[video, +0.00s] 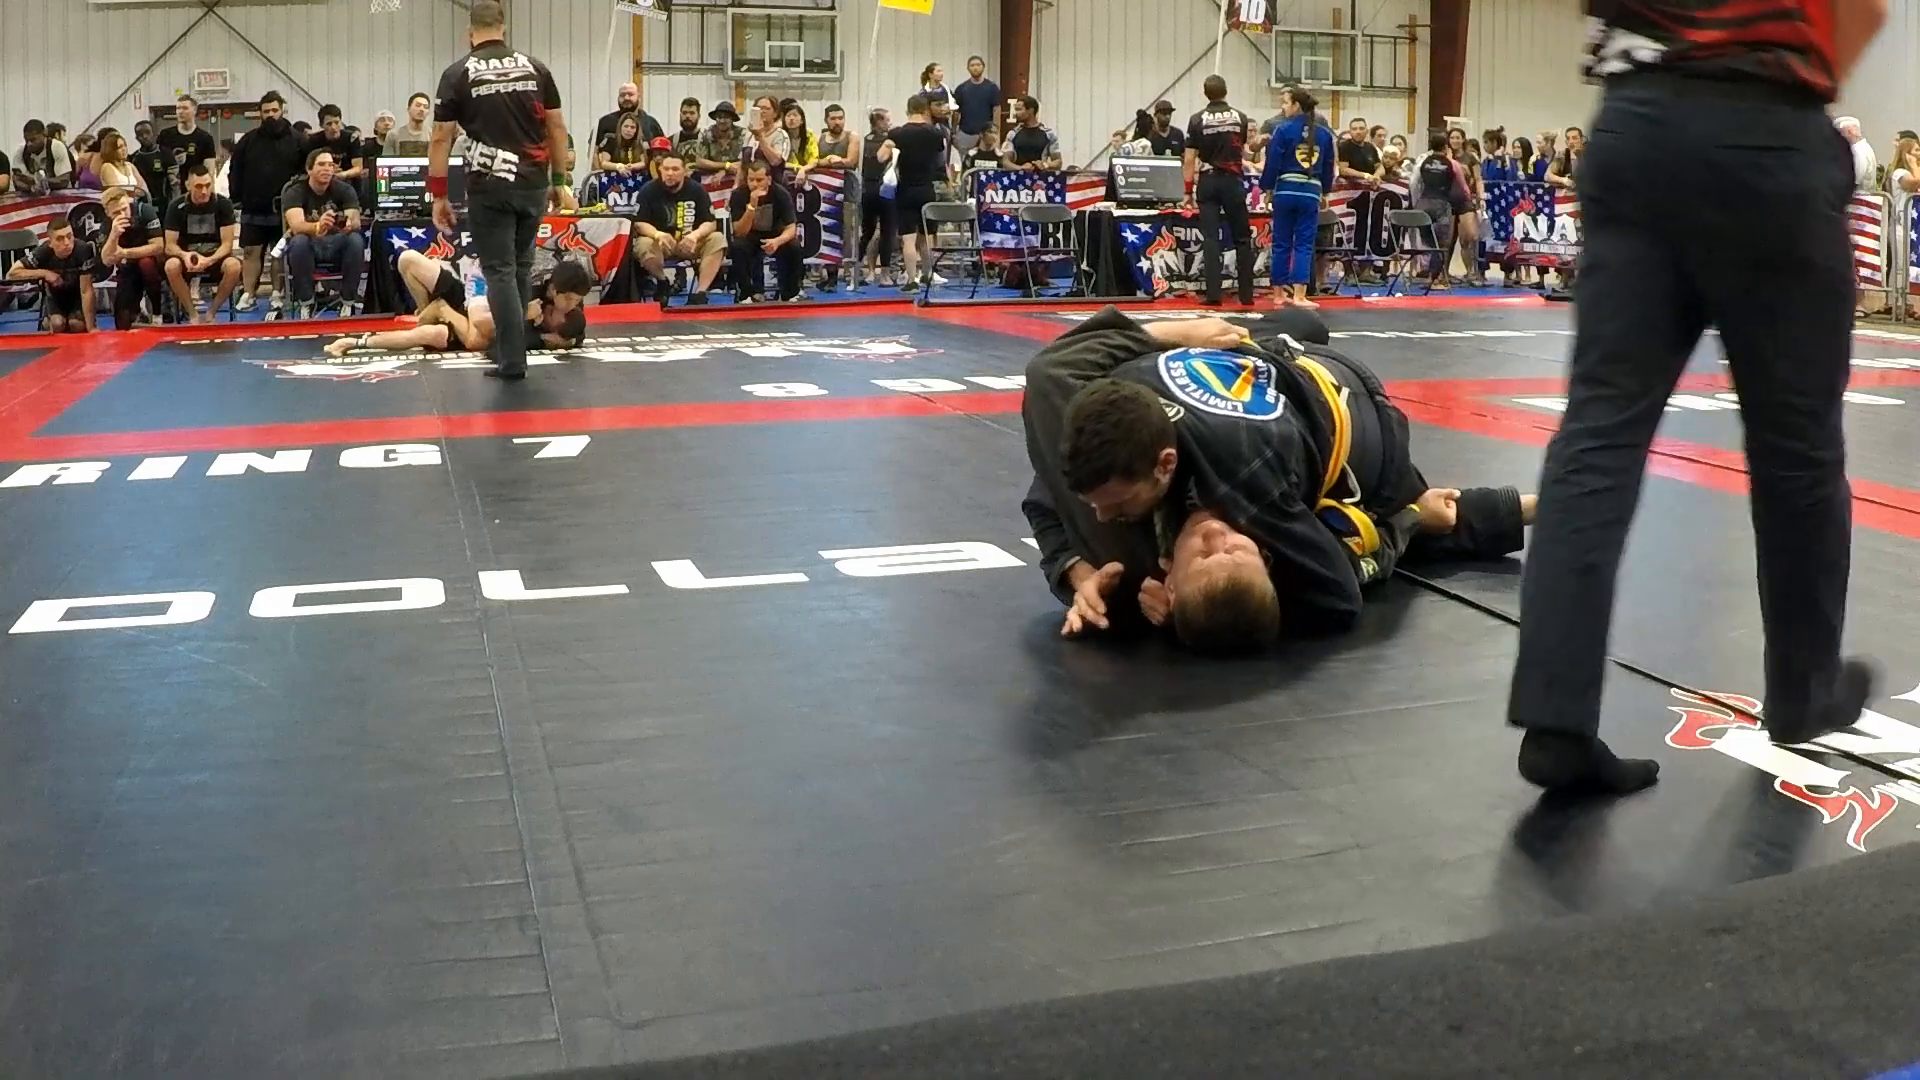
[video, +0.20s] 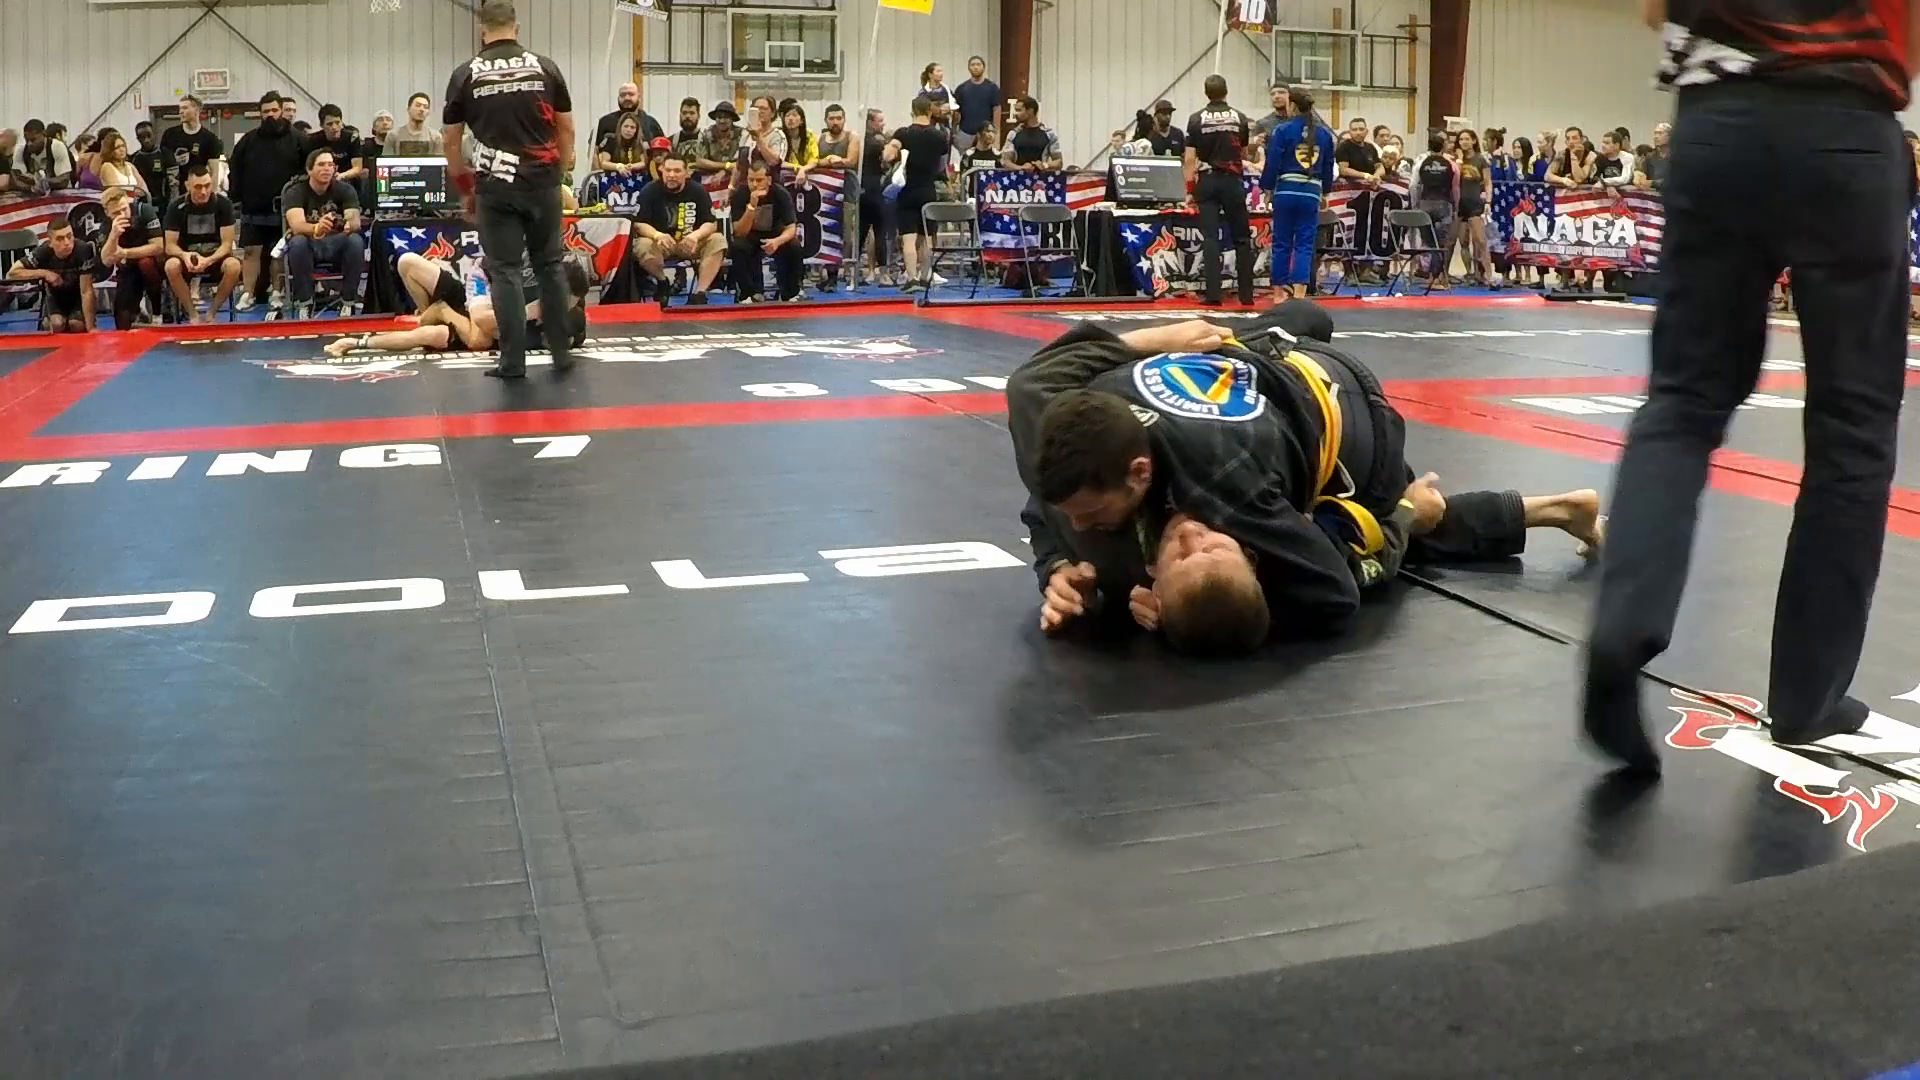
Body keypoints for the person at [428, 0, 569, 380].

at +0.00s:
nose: (470, 38)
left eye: (468, 33)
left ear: (470, 33)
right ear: (504, 30)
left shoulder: (457, 74)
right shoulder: (536, 67)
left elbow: (442, 137)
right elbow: (556, 125)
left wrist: (439, 195)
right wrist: (558, 179)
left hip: (487, 188)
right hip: (533, 185)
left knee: (500, 272)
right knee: (521, 267)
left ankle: (512, 362)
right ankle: (512, 350)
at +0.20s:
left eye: (484, 29)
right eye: (514, 29)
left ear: (482, 30)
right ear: (516, 28)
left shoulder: (465, 74)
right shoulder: (545, 67)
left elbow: (451, 144)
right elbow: (566, 130)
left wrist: (466, 189)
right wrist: (558, 174)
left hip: (495, 187)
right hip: (543, 182)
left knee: (504, 271)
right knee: (550, 263)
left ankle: (512, 363)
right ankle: (561, 354)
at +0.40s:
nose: (503, 33)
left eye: (502, 27)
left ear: (503, 28)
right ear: (536, 27)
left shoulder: (482, 72)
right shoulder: (563, 69)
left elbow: (477, 135)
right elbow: (577, 134)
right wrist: (553, 166)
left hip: (504, 183)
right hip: (554, 182)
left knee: (512, 271)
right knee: (575, 264)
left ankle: (512, 364)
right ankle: (595, 356)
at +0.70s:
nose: (560, 33)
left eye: (552, 26)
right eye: (575, 26)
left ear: (548, 27)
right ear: (582, 28)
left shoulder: (525, 68)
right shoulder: (604, 73)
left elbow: (517, 132)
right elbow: (615, 143)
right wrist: (593, 163)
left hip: (538, 187)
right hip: (588, 185)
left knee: (530, 269)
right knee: (592, 267)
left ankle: (516, 361)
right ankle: (598, 360)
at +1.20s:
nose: (587, 33)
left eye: (587, 28)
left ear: (588, 28)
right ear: (620, 31)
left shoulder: (559, 64)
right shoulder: (640, 75)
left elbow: (548, 124)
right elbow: (645, 144)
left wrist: (575, 150)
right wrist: (617, 163)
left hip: (565, 182)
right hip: (612, 185)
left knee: (563, 263)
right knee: (604, 267)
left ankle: (563, 354)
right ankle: (599, 358)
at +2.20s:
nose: (567, 40)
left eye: (565, 35)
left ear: (566, 35)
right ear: (598, 31)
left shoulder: (550, 74)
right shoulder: (627, 66)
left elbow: (550, 137)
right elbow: (644, 132)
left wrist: (576, 160)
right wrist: (631, 160)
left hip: (574, 184)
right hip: (622, 180)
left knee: (581, 268)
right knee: (639, 262)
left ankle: (585, 357)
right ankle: (660, 350)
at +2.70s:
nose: (615, 40)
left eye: (616, 35)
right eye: (617, 36)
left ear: (623, 35)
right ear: (650, 34)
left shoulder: (607, 69)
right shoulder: (675, 72)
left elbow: (594, 133)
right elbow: (682, 129)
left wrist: (603, 171)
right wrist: (671, 171)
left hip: (618, 185)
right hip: (665, 187)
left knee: (604, 266)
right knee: (661, 266)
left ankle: (591, 355)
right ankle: (665, 354)